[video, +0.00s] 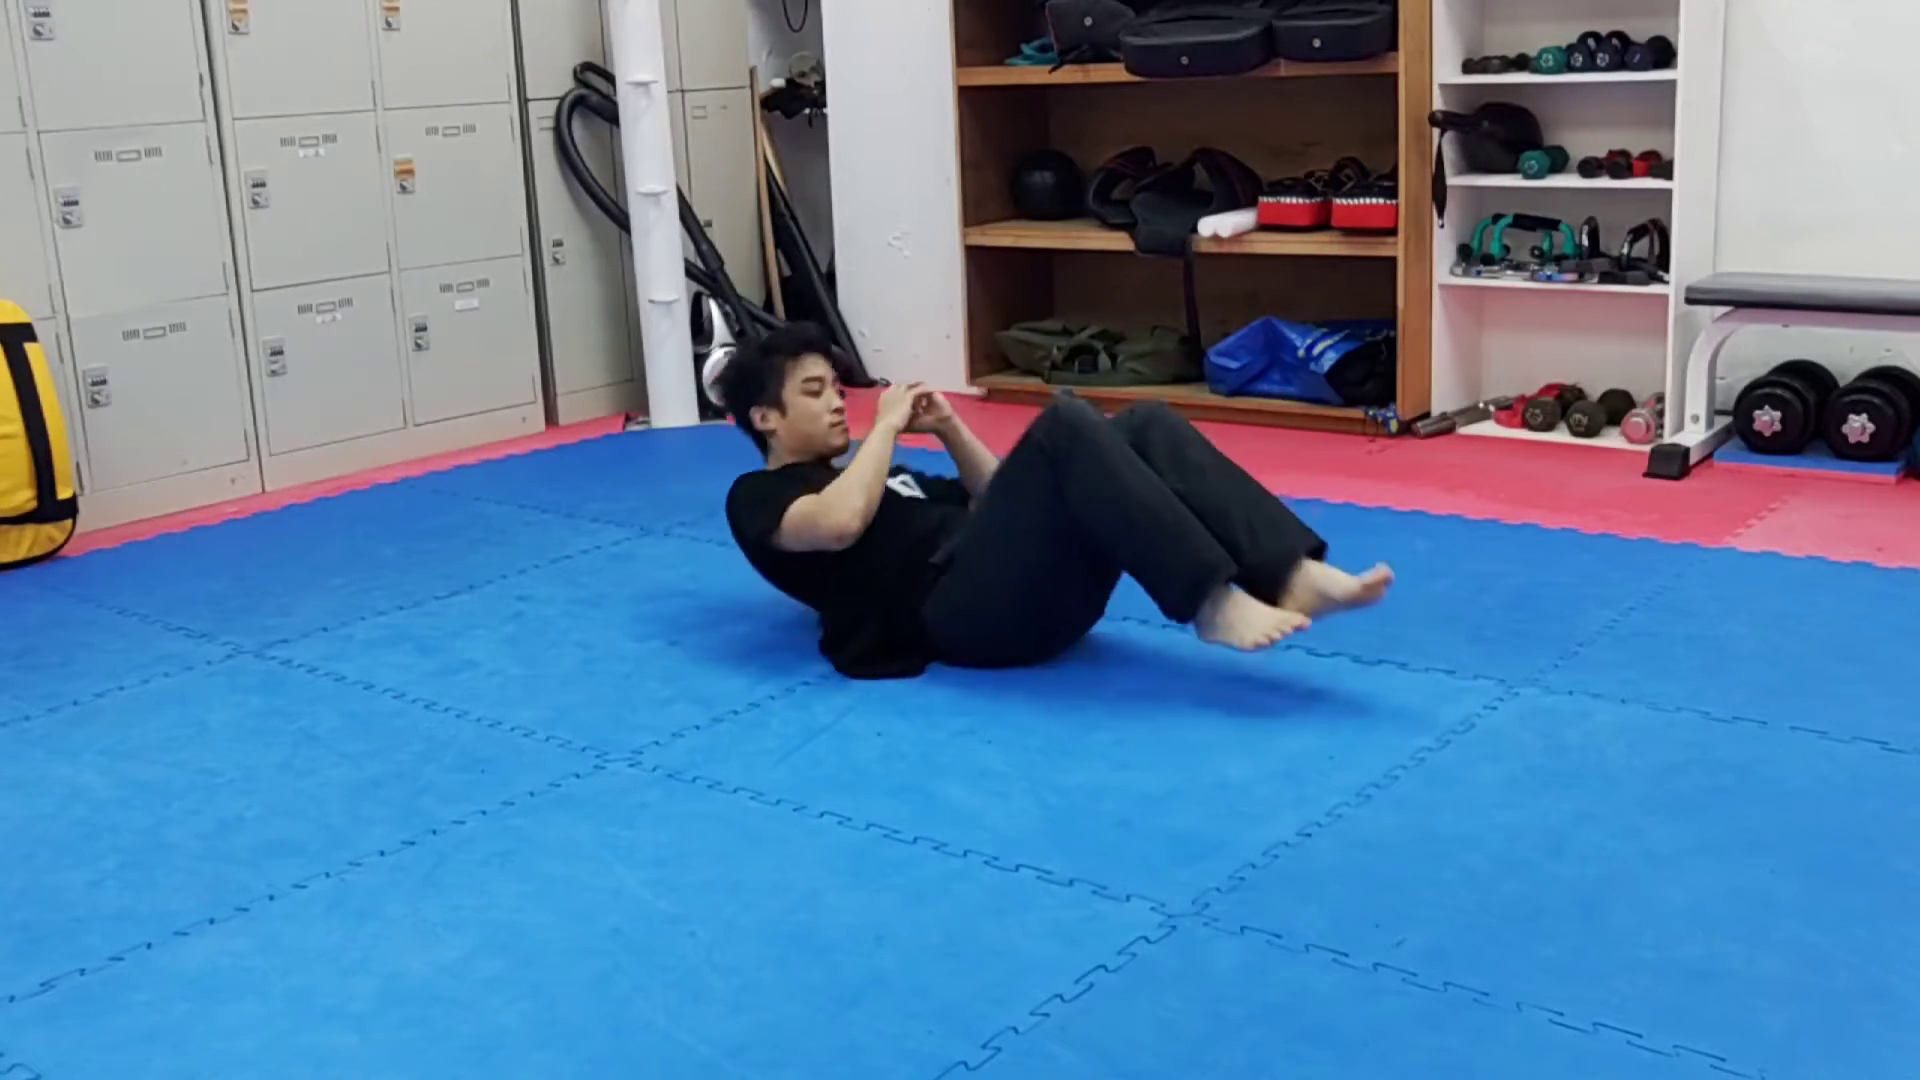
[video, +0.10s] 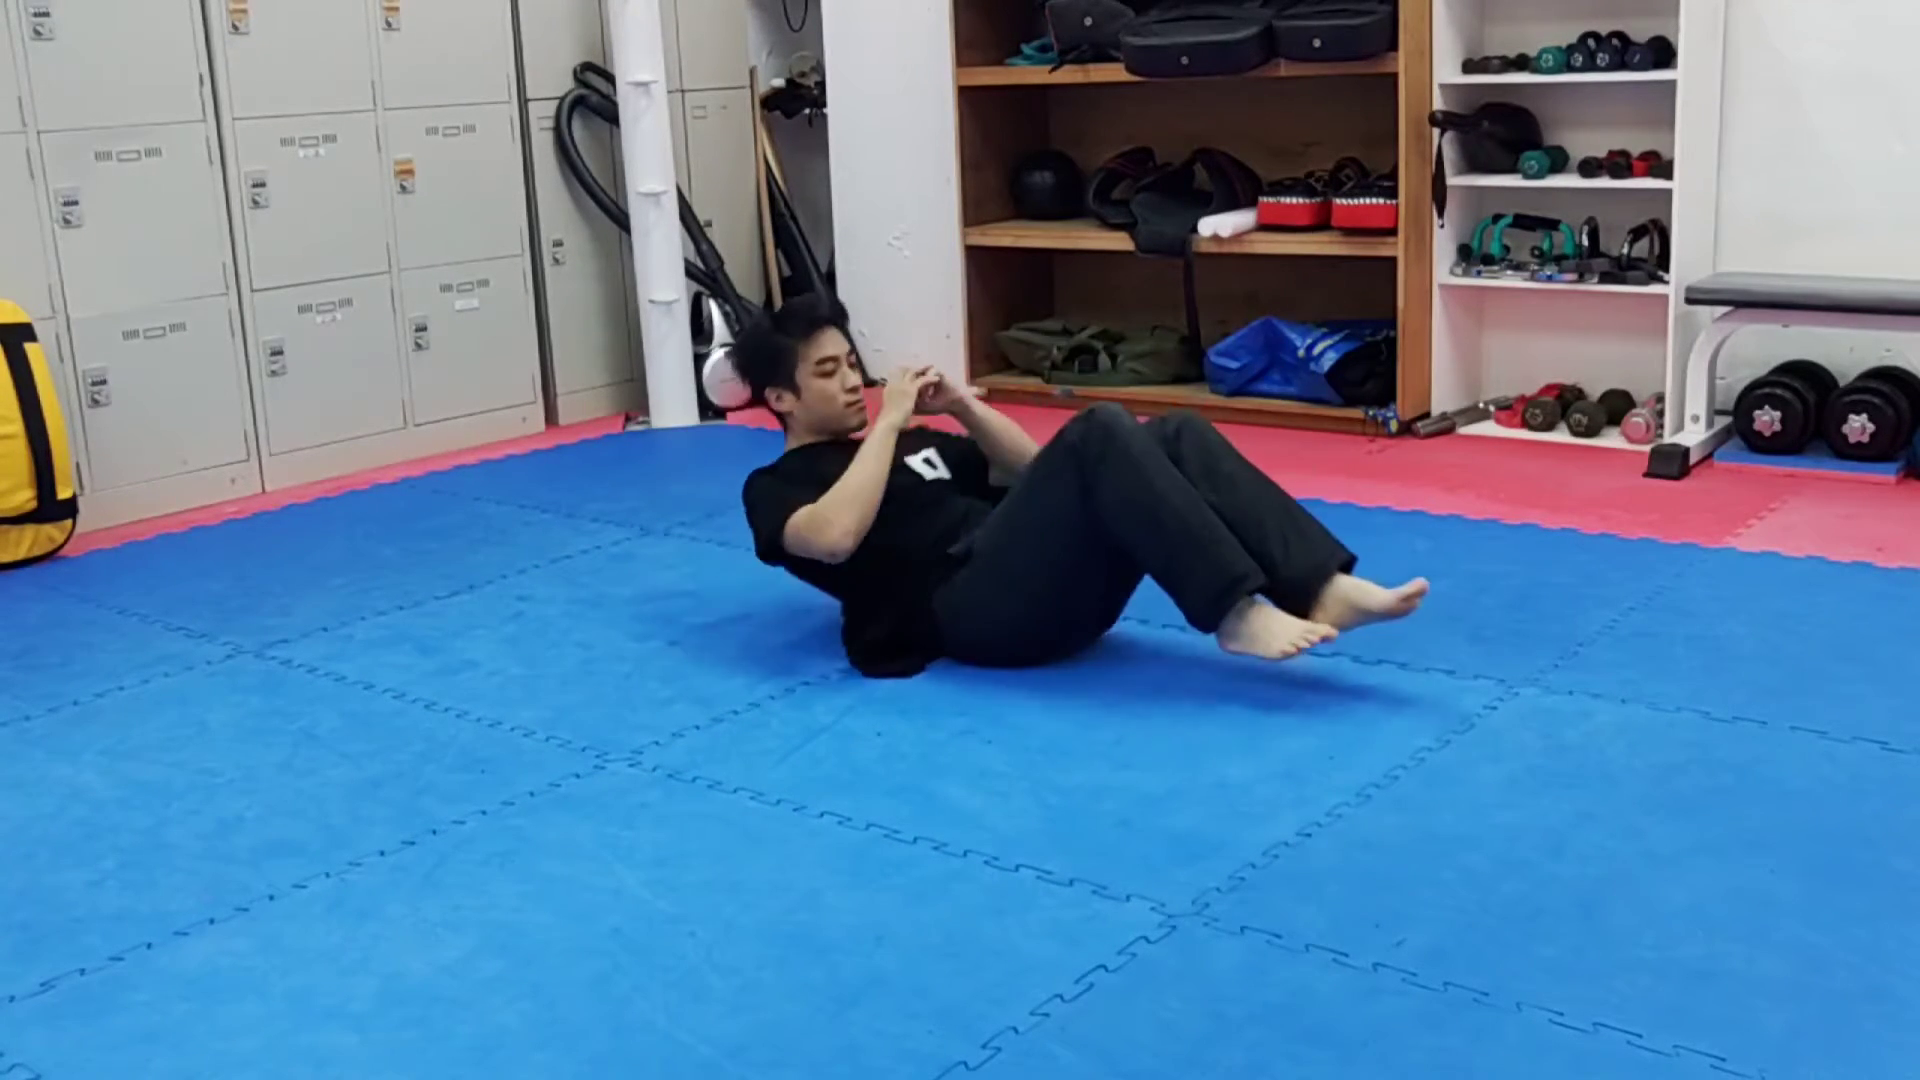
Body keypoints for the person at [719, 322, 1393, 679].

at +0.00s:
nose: (838, 403)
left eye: (836, 389)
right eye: (814, 392)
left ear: (836, 401)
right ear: (760, 419)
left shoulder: (868, 478)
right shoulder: (755, 498)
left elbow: (993, 505)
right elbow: (836, 523)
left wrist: (949, 429)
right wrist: (887, 426)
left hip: (1039, 593)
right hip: (973, 619)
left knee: (1147, 424)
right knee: (1064, 423)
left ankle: (1295, 574)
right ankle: (1212, 598)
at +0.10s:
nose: (855, 383)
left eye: (853, 365)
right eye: (829, 373)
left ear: (860, 369)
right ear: (777, 400)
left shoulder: (911, 444)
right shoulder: (775, 487)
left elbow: (1032, 475)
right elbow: (830, 534)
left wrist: (968, 407)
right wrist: (890, 420)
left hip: (1052, 585)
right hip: (982, 616)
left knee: (1178, 433)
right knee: (1099, 431)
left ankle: (1323, 585)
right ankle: (1238, 612)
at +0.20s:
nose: (845, 376)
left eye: (845, 357)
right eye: (820, 374)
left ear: (858, 352)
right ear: (783, 399)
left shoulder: (919, 411)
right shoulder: (791, 486)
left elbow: (1034, 433)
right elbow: (827, 556)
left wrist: (951, 391)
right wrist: (877, 431)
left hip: (1059, 581)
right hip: (987, 611)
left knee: (1194, 434)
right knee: (1122, 437)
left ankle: (1342, 583)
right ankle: (1258, 618)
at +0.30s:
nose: (826, 395)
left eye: (825, 373)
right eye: (800, 398)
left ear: (841, 356)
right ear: (773, 423)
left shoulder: (916, 406)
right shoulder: (804, 500)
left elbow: (1026, 407)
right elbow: (834, 583)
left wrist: (921, 391)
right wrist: (854, 448)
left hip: (1066, 571)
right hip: (992, 609)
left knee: (1209, 434)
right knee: (1128, 443)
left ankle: (1351, 587)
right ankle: (1264, 621)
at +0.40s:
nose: (814, 411)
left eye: (807, 391)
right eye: (790, 420)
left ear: (820, 374)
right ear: (768, 448)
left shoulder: (904, 412)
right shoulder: (805, 524)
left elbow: (1002, 398)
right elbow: (842, 610)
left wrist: (892, 410)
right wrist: (831, 475)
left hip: (1077, 564)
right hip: (1000, 607)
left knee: (1217, 434)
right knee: (1115, 444)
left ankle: (1348, 589)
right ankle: (1247, 625)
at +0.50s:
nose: (798, 428)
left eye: (793, 411)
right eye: (775, 437)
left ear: (808, 396)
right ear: (755, 469)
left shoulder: (885, 436)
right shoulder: (793, 552)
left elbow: (976, 403)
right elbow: (841, 617)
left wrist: (861, 416)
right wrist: (812, 489)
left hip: (1073, 569)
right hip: (995, 610)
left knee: (1185, 414)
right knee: (1094, 421)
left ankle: (1332, 533)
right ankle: (1220, 605)